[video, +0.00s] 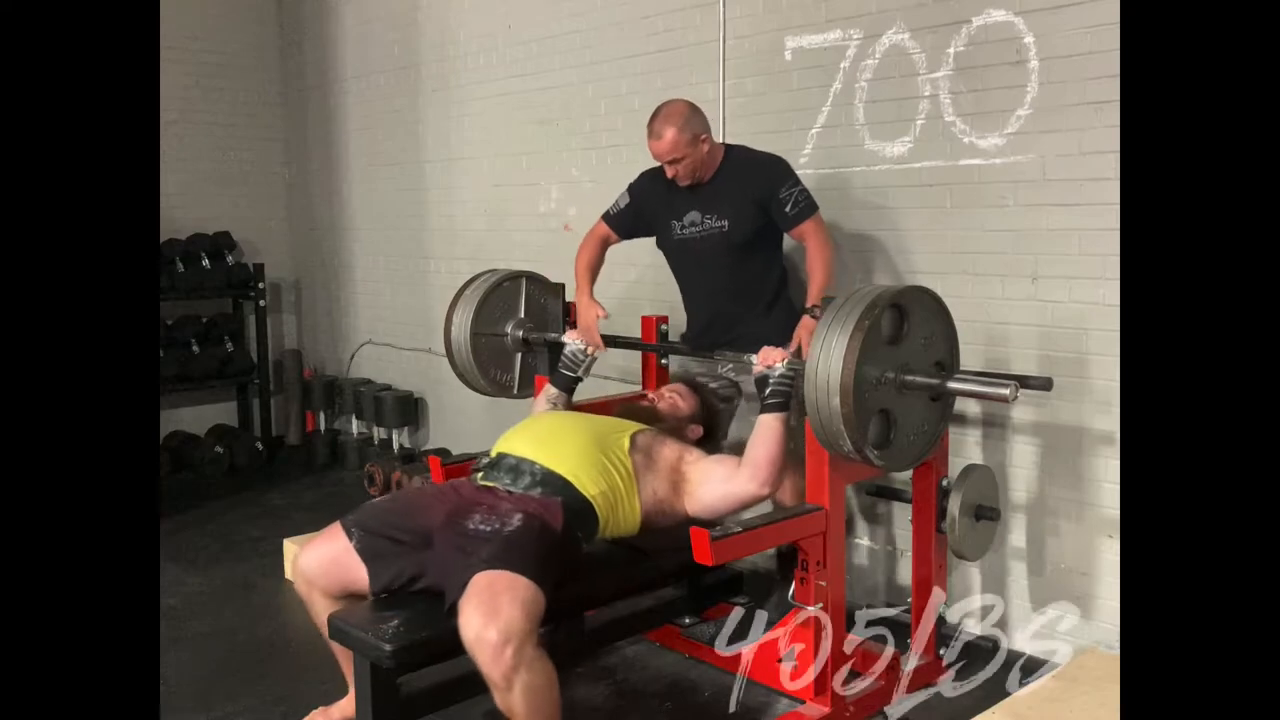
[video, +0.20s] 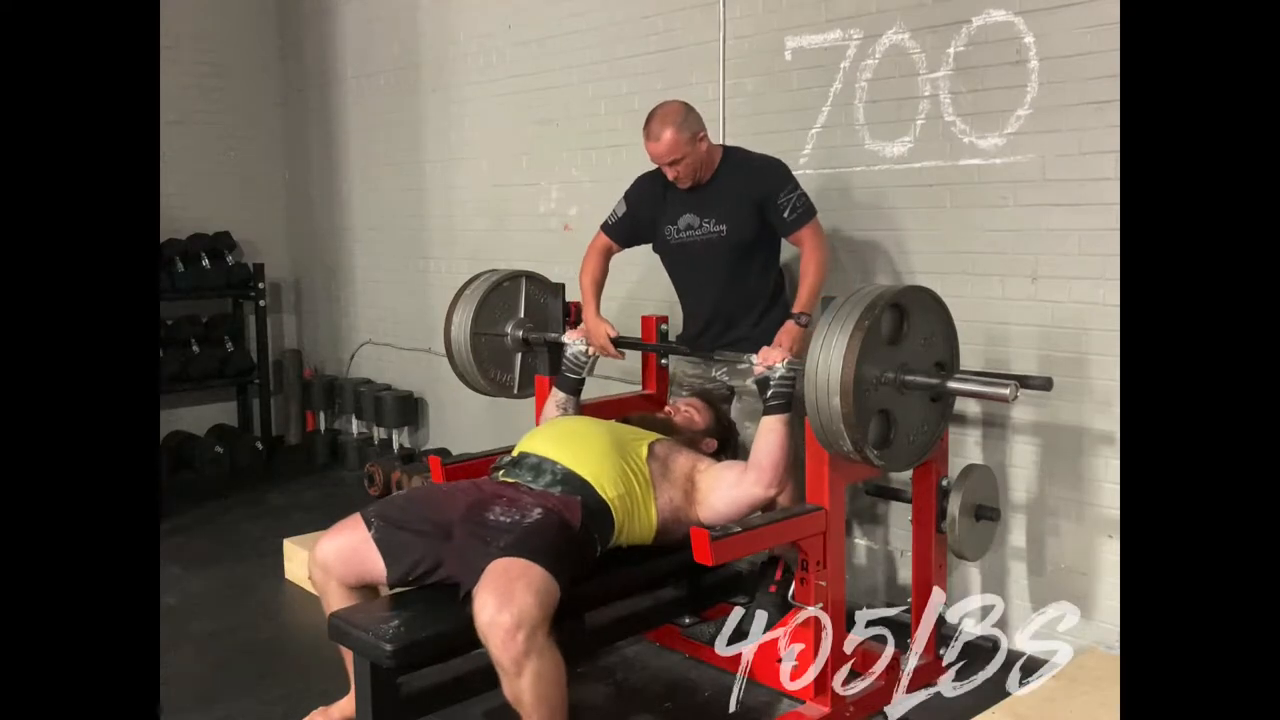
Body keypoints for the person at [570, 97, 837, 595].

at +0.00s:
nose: (668, 172)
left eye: (675, 160)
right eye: (661, 162)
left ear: (705, 140)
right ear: (654, 151)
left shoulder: (765, 173)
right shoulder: (652, 190)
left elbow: (817, 240)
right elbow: (595, 238)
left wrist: (814, 311)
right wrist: (584, 297)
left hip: (771, 348)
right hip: (701, 352)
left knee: (786, 484)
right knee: (687, 471)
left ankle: (801, 583)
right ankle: (705, 587)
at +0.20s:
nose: (670, 175)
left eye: (676, 162)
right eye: (660, 166)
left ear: (703, 140)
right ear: (651, 154)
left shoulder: (763, 176)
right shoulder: (650, 193)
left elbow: (814, 244)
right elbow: (599, 249)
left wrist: (799, 321)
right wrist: (590, 314)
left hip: (761, 355)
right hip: (694, 356)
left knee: (770, 482)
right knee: (688, 479)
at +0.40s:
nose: (675, 182)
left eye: (682, 170)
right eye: (666, 173)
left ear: (709, 146)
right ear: (656, 159)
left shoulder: (769, 181)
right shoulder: (656, 192)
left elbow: (815, 256)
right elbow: (605, 250)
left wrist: (792, 340)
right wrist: (593, 318)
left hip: (763, 357)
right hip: (696, 353)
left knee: (772, 486)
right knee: (680, 477)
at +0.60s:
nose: (665, 191)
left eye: (671, 178)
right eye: (654, 182)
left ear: (696, 152)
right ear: (642, 168)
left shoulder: (754, 184)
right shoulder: (643, 200)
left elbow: (801, 263)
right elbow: (597, 256)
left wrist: (780, 338)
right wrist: (594, 324)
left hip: (762, 344)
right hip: (698, 343)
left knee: (763, 466)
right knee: (673, 455)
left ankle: (784, 579)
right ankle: (692, 579)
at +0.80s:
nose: (655, 191)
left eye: (659, 178)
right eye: (642, 184)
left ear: (678, 149)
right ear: (627, 172)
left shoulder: (738, 181)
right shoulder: (624, 206)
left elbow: (782, 261)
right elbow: (581, 262)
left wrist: (766, 333)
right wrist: (589, 327)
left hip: (752, 344)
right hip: (685, 347)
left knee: (758, 456)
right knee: (672, 459)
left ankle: (777, 572)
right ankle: (687, 579)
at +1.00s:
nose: (659, 191)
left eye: (664, 178)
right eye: (648, 184)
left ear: (686, 148)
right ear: (633, 168)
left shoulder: (749, 185)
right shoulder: (631, 201)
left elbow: (783, 267)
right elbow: (590, 256)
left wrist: (753, 329)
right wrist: (592, 325)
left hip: (748, 356)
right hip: (678, 357)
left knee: (755, 466)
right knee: (669, 471)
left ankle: (769, 583)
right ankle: (674, 581)